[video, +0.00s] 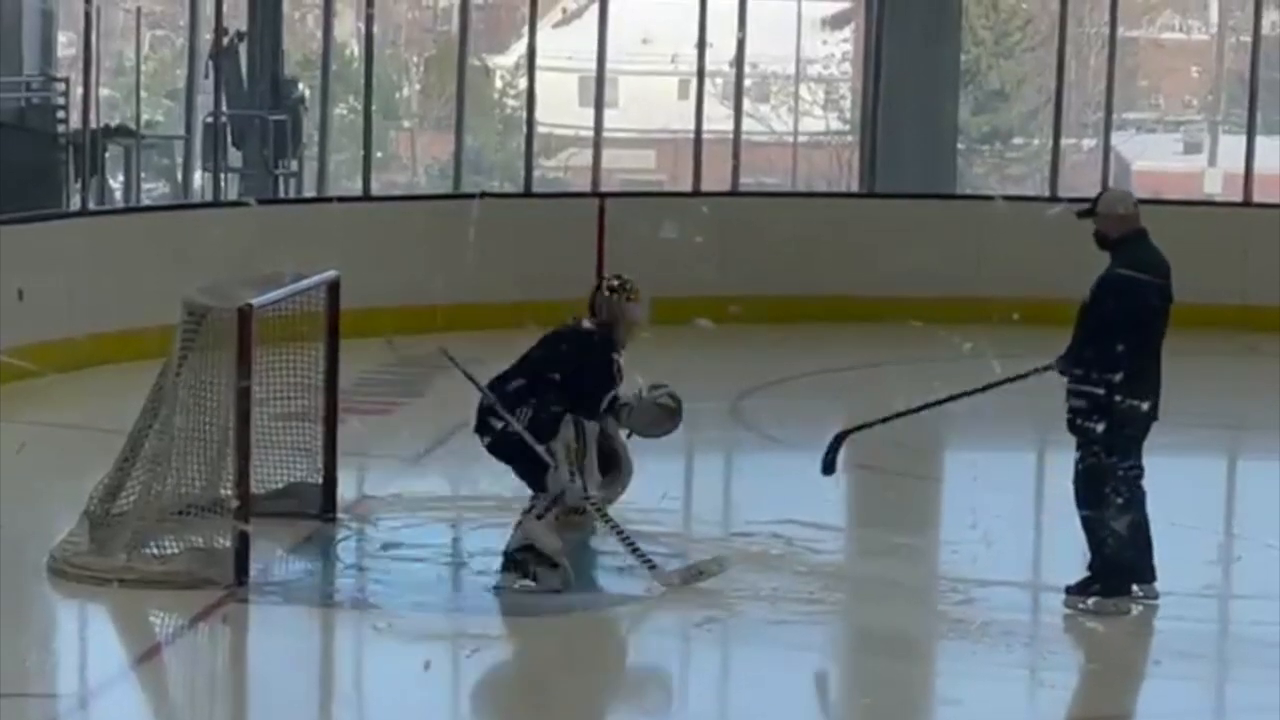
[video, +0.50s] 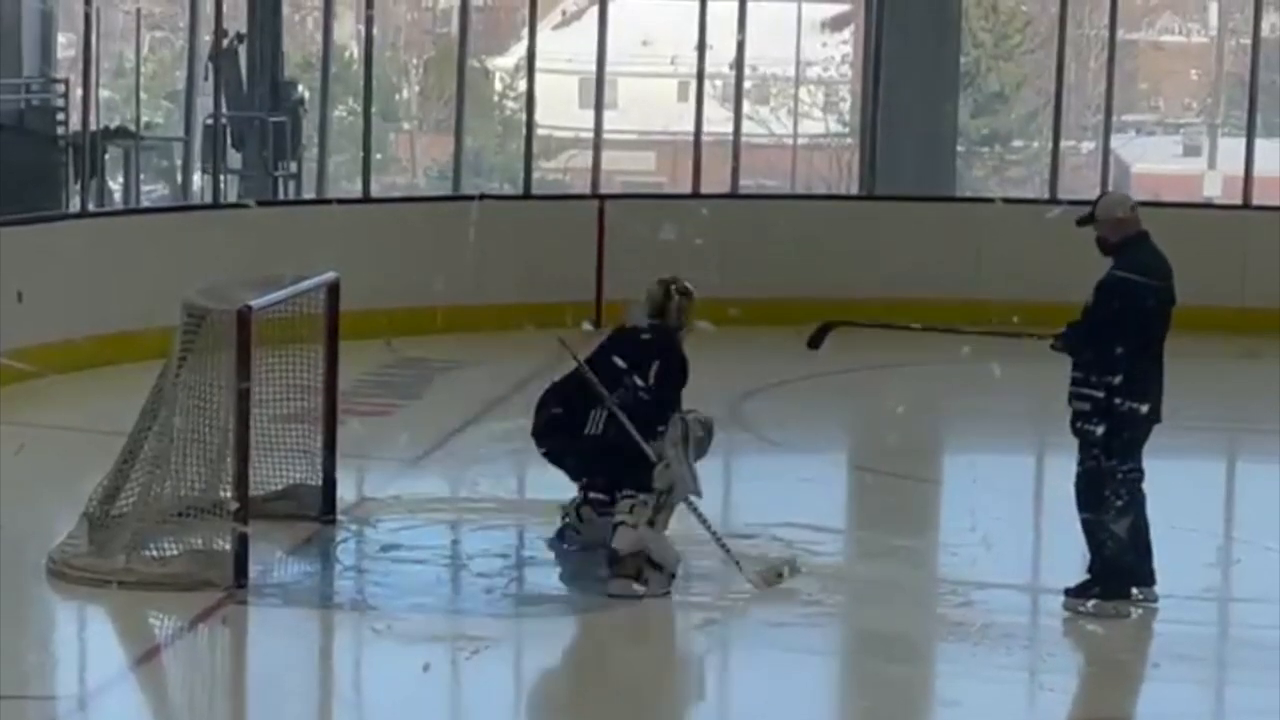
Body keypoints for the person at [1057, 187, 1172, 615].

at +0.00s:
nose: (1094, 230)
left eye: (1098, 223)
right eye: (1094, 222)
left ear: (1114, 224)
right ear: (1131, 221)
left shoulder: (1125, 271)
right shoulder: (1149, 263)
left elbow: (1108, 336)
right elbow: (1121, 332)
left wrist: (1074, 363)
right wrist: (1079, 357)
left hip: (1112, 399)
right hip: (1134, 395)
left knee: (1097, 486)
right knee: (1122, 483)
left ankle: (1112, 578)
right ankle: (1134, 572)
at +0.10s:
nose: (1095, 230)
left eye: (1100, 222)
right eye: (1095, 223)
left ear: (1119, 222)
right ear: (1129, 220)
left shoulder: (1125, 272)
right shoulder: (1150, 264)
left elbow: (1103, 341)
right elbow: (1120, 332)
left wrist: (1065, 351)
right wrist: (1074, 345)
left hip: (1112, 402)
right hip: (1133, 398)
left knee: (1097, 487)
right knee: (1123, 484)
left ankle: (1111, 580)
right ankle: (1135, 572)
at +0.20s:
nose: (1097, 232)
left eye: (1101, 224)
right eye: (1096, 224)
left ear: (1121, 222)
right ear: (1129, 220)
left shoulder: (1128, 270)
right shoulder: (1149, 263)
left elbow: (1101, 336)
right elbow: (1111, 325)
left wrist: (1064, 337)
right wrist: (1070, 332)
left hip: (1113, 403)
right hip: (1132, 399)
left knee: (1098, 489)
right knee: (1122, 485)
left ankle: (1111, 581)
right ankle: (1135, 573)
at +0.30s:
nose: (1098, 234)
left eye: (1102, 226)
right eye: (1098, 226)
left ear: (1120, 224)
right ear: (1130, 221)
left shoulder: (1131, 270)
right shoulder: (1148, 264)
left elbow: (1104, 334)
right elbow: (1111, 321)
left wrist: (1068, 332)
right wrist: (1073, 325)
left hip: (1115, 403)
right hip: (1130, 399)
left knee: (1098, 489)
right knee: (1121, 486)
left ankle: (1111, 582)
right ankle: (1135, 574)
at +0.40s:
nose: (1098, 235)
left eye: (1102, 226)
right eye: (1097, 227)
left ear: (1120, 224)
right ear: (1130, 222)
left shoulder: (1129, 271)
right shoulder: (1150, 265)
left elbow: (1104, 336)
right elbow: (1114, 323)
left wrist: (1070, 334)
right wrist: (1076, 327)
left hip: (1114, 404)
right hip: (1132, 400)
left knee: (1097, 489)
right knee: (1122, 486)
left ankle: (1111, 581)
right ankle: (1135, 573)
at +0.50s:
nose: (1096, 236)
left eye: (1099, 228)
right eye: (1095, 228)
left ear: (1117, 226)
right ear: (1130, 223)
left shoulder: (1128, 272)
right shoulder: (1150, 265)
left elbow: (1103, 336)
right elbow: (1117, 328)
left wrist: (1069, 338)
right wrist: (1077, 334)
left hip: (1115, 404)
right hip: (1134, 401)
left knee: (1098, 489)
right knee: (1122, 487)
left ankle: (1111, 582)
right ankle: (1133, 575)